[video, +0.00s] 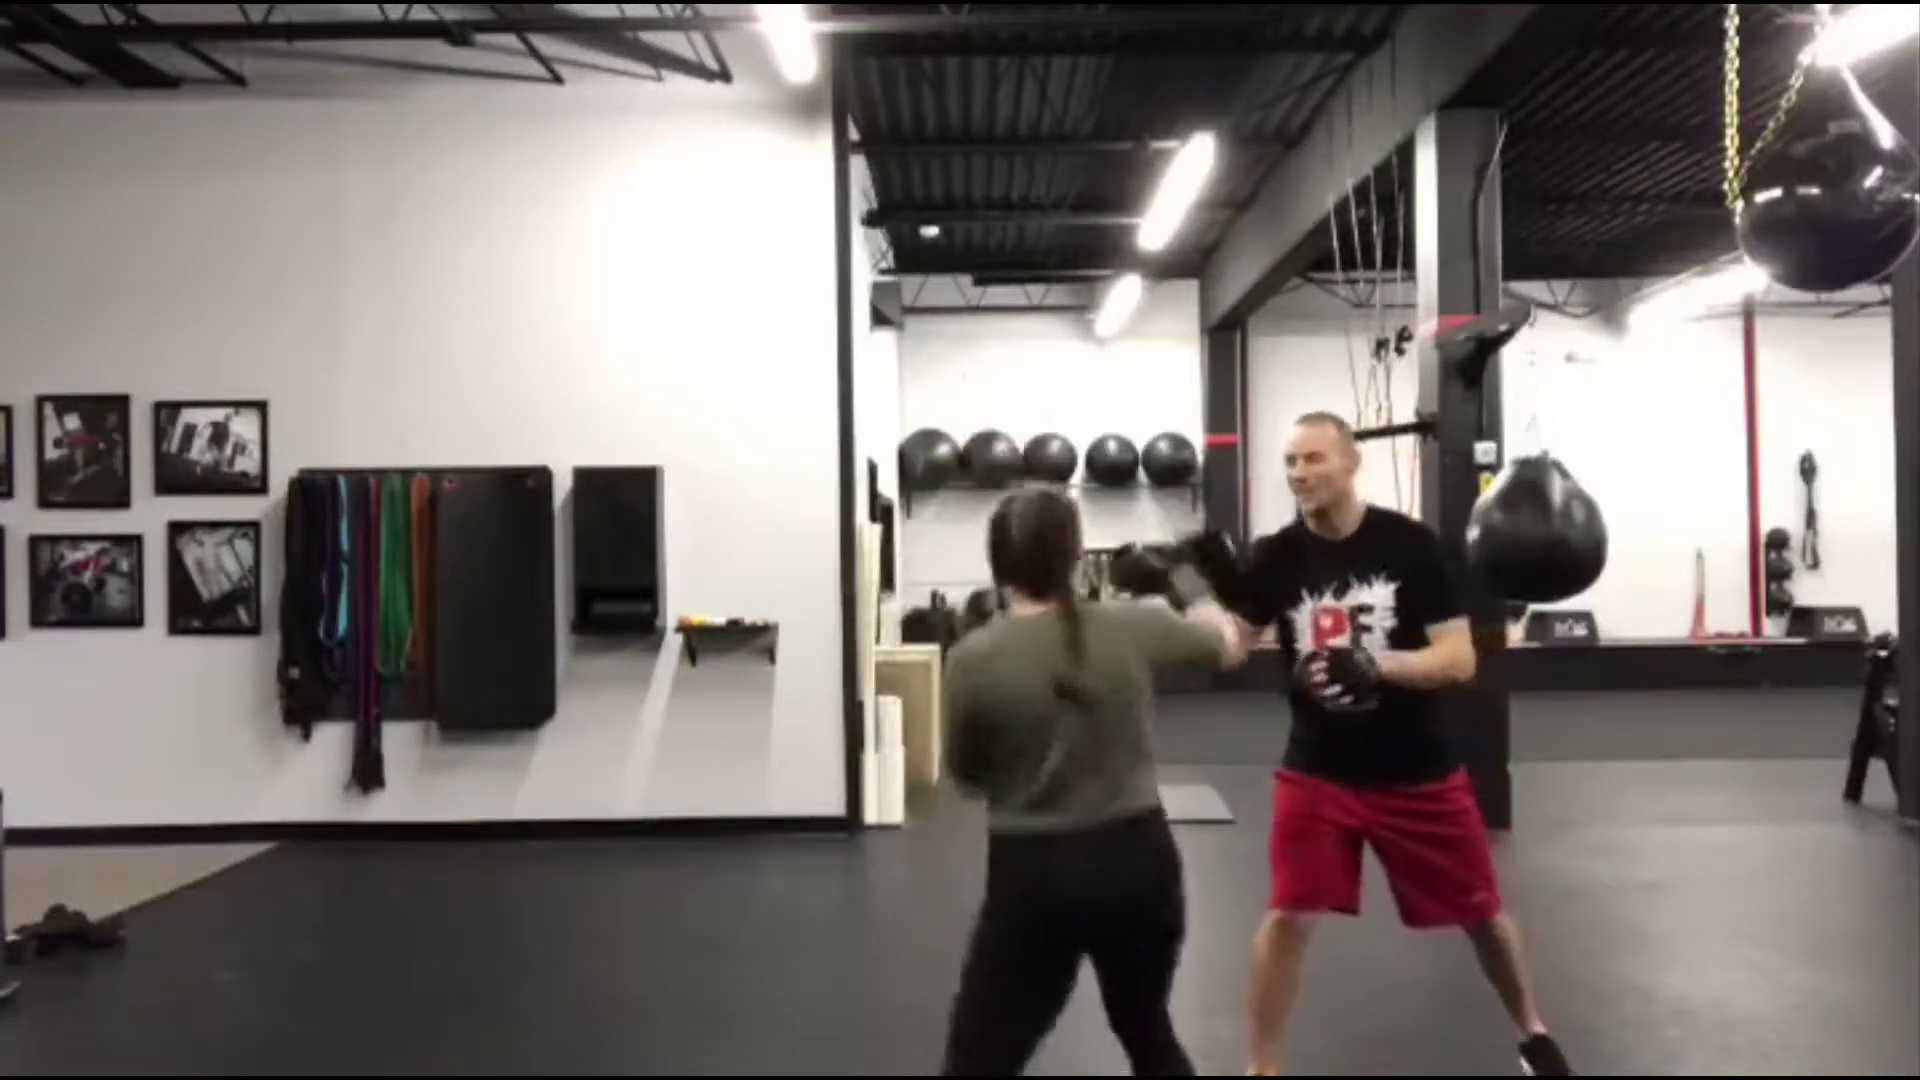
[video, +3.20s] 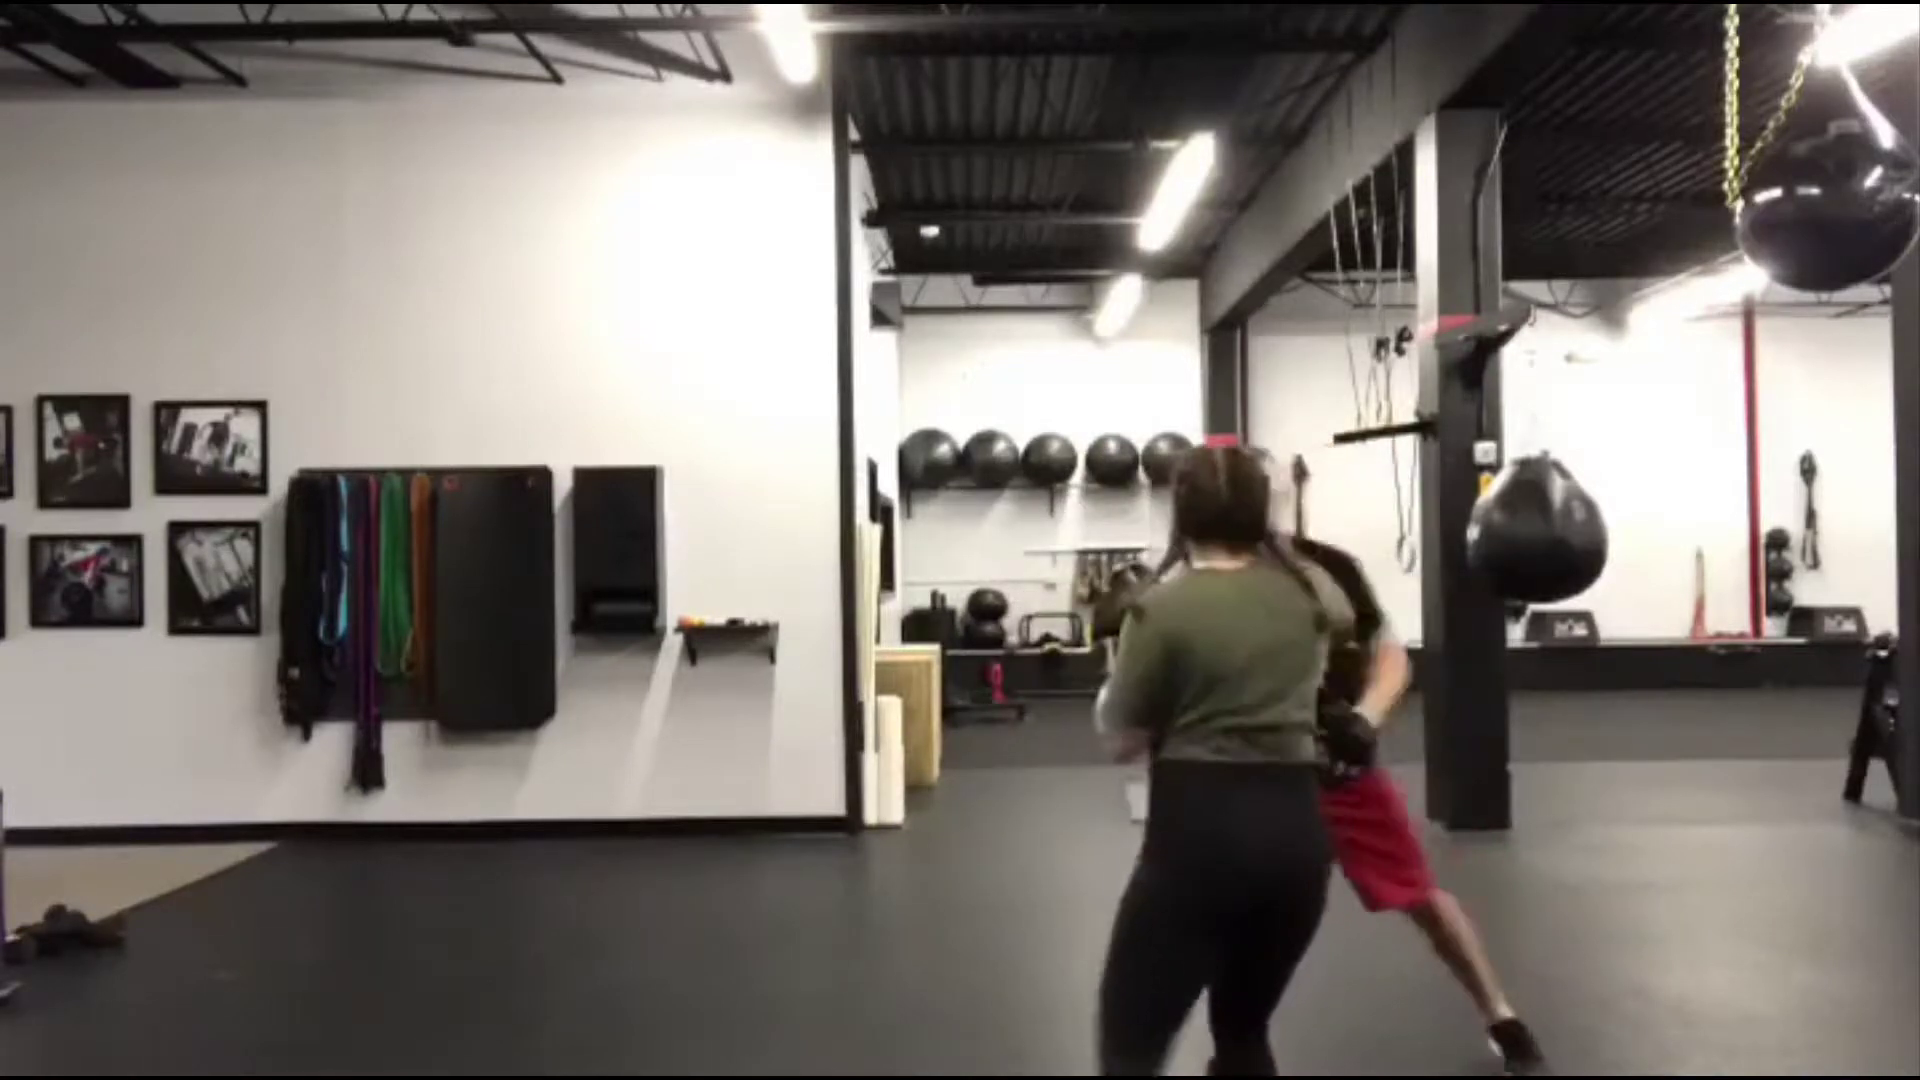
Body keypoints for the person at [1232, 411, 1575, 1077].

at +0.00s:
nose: (1300, 473)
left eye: (1314, 459)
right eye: (1291, 462)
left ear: (1353, 463)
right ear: (1286, 472)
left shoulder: (1414, 546)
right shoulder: (1274, 557)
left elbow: (1458, 659)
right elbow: (1230, 637)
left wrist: (1373, 664)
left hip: (1421, 774)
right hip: (1318, 775)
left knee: (1485, 915)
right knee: (1288, 915)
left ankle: (1534, 1034)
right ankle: (1262, 1065)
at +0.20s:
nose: (1301, 493)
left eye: (1314, 479)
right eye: (1291, 481)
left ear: (1351, 475)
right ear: (1282, 485)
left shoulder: (1413, 545)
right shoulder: (1273, 560)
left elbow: (1443, 655)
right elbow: (1236, 653)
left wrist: (1355, 631)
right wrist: (1249, 722)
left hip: (1417, 774)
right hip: (1318, 777)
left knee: (1478, 914)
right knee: (1288, 915)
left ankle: (1509, 1019)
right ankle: (1261, 1065)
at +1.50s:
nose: (1335, 500)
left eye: (1349, 488)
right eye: (1331, 488)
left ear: (1389, 493)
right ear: (1327, 493)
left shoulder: (1439, 566)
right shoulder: (1310, 571)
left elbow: (1464, 680)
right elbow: (1253, 650)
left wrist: (1410, 615)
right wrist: (1258, 694)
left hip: (1429, 778)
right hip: (1327, 775)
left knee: (1491, 917)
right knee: (1284, 905)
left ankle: (1509, 1026)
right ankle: (1245, 1053)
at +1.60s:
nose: (1334, 496)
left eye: (1349, 484)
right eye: (1329, 485)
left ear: (1388, 489)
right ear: (1323, 493)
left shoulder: (1440, 564)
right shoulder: (1309, 570)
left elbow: (1465, 677)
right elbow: (1283, 657)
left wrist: (1407, 608)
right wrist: (1250, 604)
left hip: (1431, 778)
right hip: (1329, 772)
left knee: (1491, 919)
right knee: (1282, 904)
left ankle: (1510, 1026)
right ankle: (1245, 1052)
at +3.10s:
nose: (1295, 509)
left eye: (1307, 496)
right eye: (1284, 499)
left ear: (1331, 499)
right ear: (1271, 506)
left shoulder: (1379, 571)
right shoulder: (1260, 581)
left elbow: (1428, 682)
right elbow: (1239, 675)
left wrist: (1354, 698)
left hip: (1395, 778)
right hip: (1303, 782)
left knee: (1472, 912)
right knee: (1267, 919)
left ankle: (1515, 1023)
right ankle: (1233, 1045)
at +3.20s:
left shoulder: (1327, 569)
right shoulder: (1198, 585)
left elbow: (1391, 657)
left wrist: (1361, 720)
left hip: (1338, 765)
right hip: (1252, 778)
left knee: (1420, 896)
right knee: (1245, 915)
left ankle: (1500, 1018)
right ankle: (1236, 1045)